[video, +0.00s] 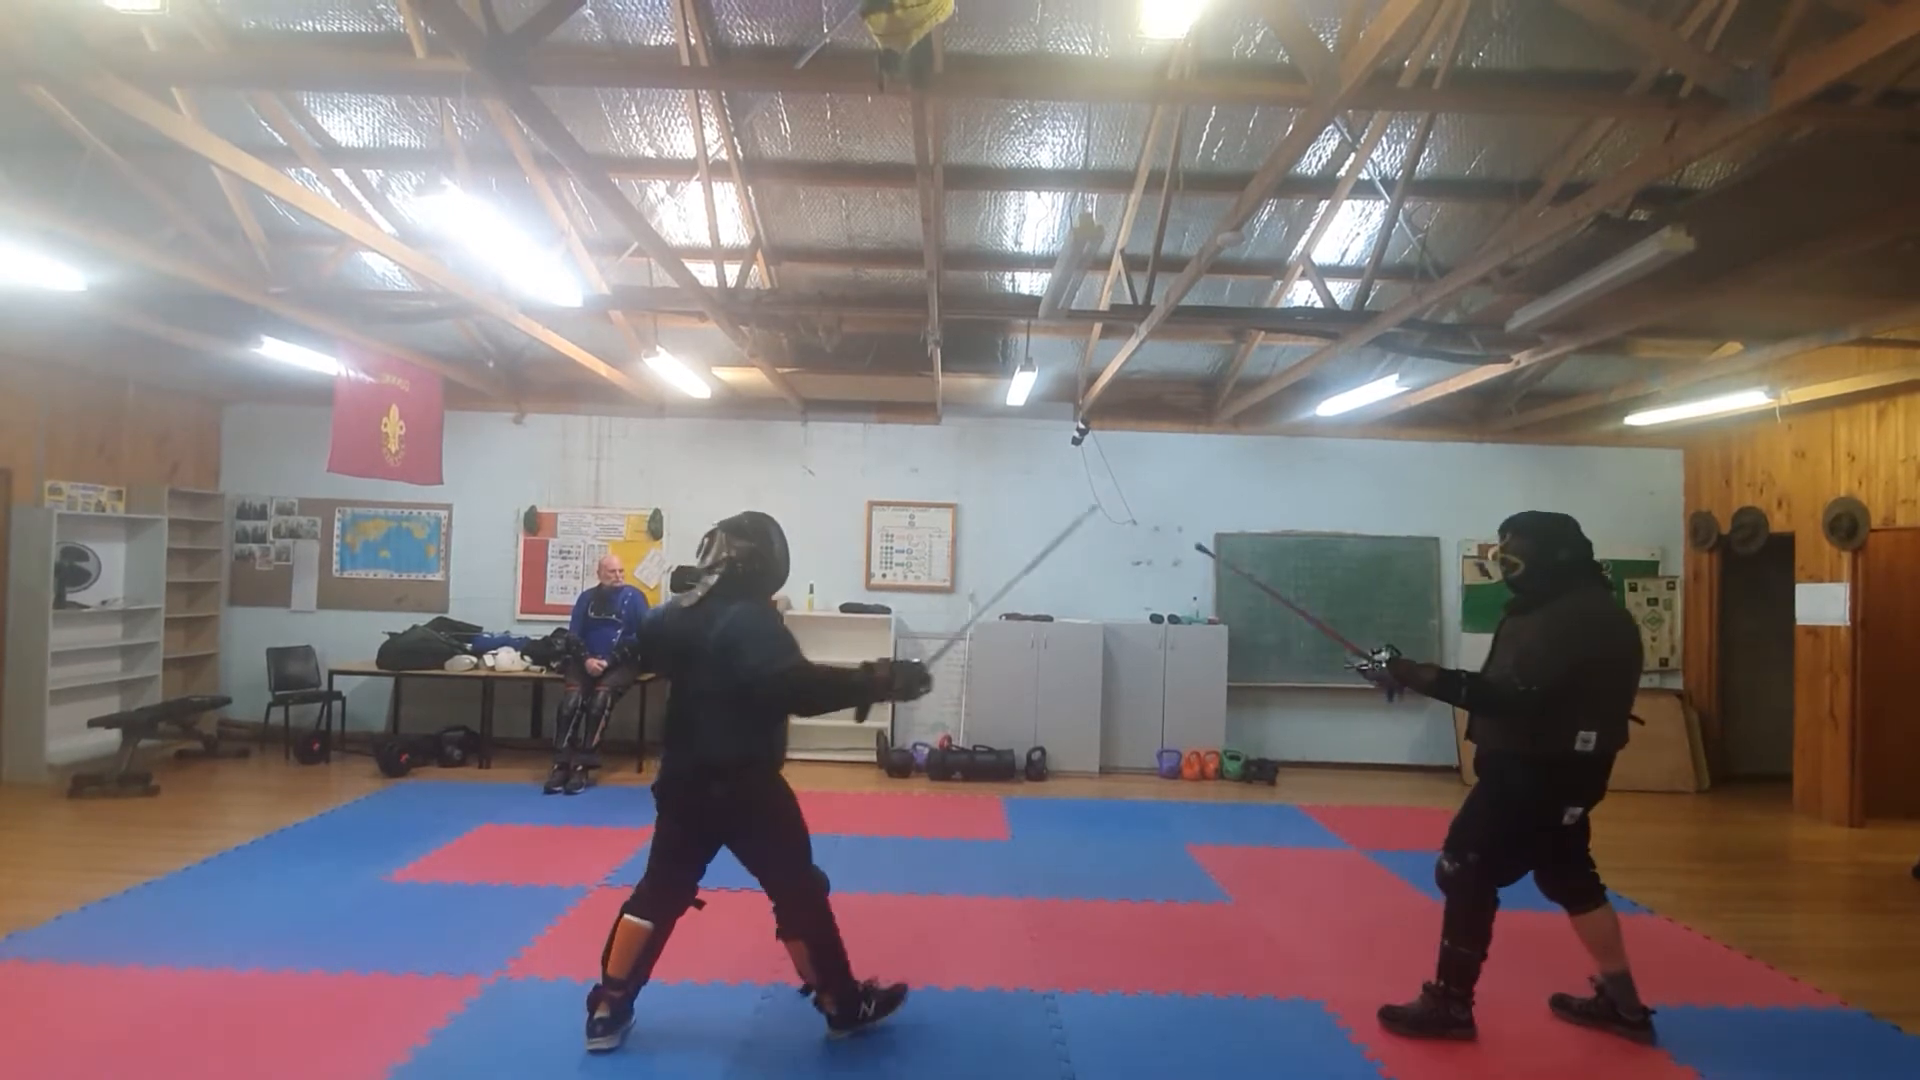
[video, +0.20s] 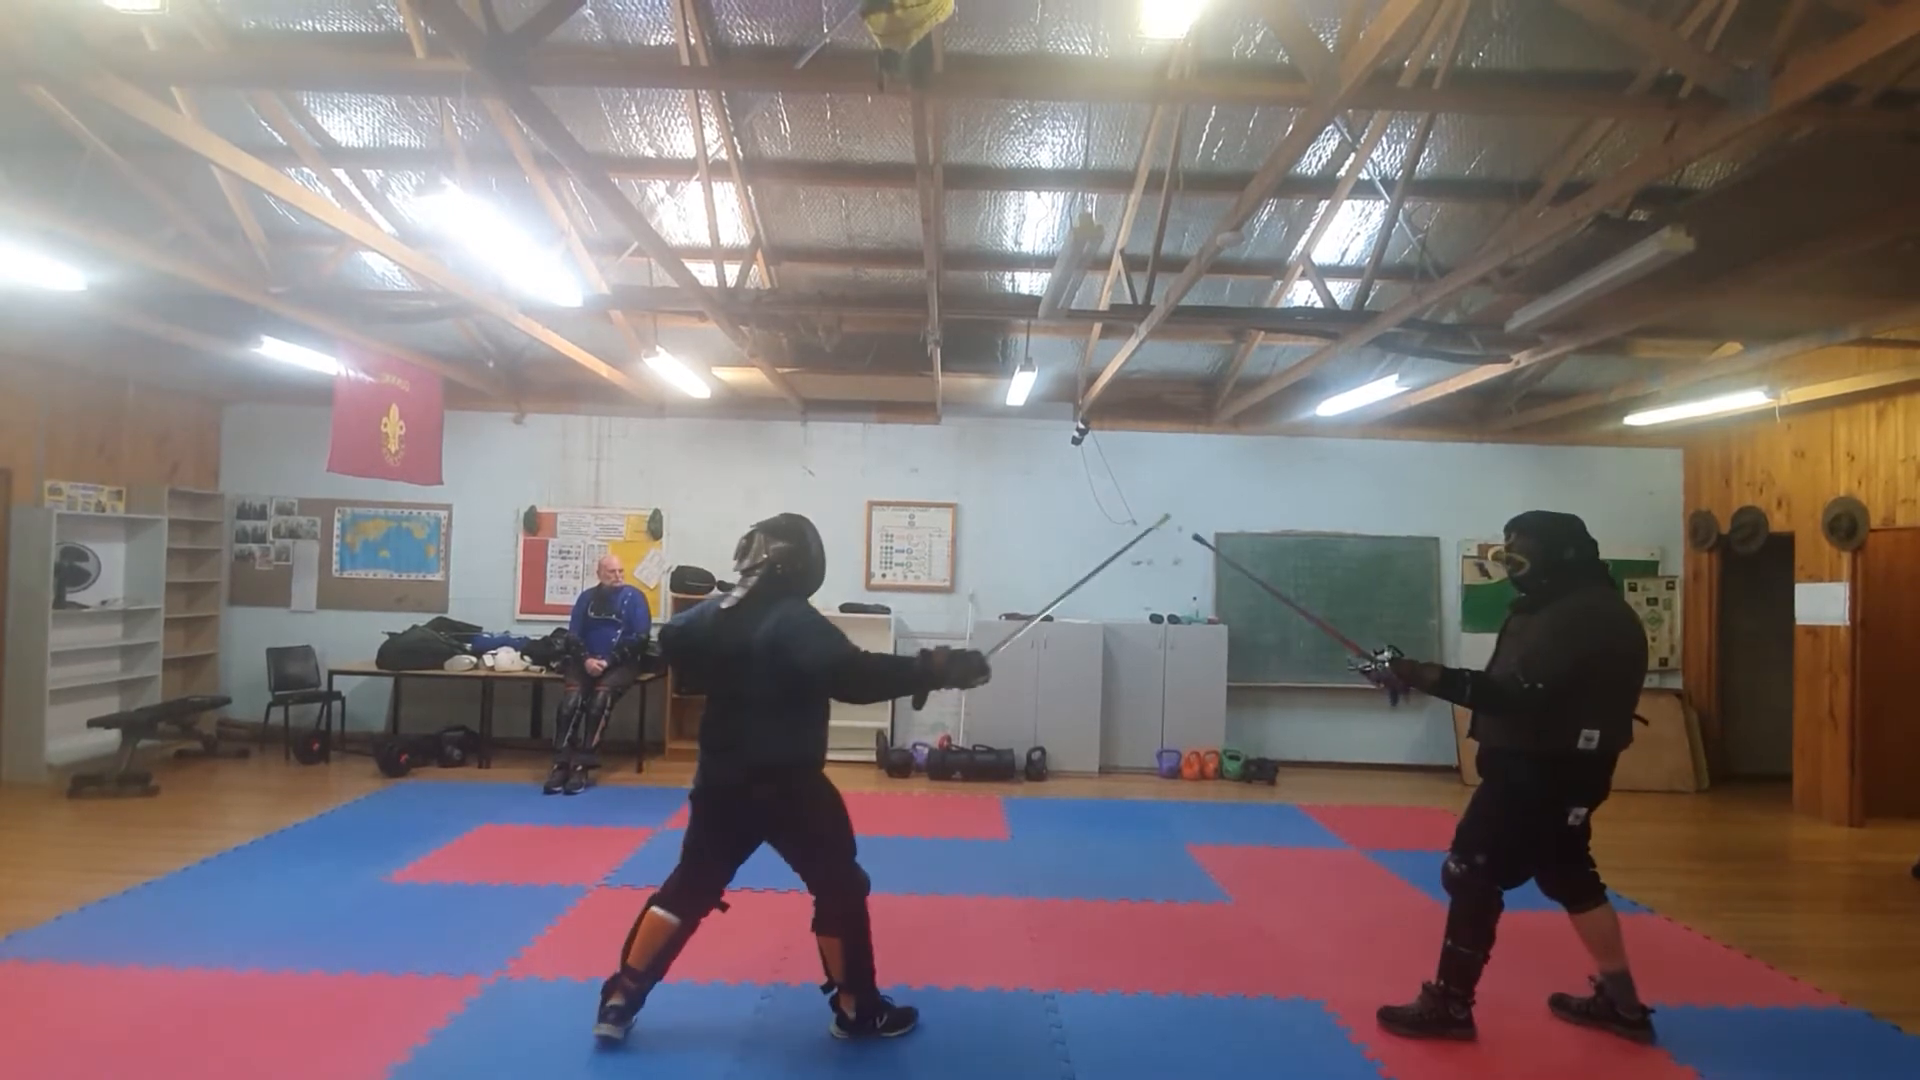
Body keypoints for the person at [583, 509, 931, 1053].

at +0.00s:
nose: (781, 576)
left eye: (718, 552)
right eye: (779, 565)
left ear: (717, 556)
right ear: (770, 565)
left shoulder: (687, 616)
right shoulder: (754, 620)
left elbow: (648, 640)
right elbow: (788, 686)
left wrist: (679, 600)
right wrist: (874, 681)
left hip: (685, 789)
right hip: (751, 792)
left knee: (659, 891)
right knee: (799, 893)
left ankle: (607, 1009)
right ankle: (842, 1004)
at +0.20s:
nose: (815, 572)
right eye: (813, 563)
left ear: (748, 561)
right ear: (803, 566)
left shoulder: (715, 618)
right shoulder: (797, 622)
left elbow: (671, 636)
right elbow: (849, 674)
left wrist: (728, 598)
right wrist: (934, 668)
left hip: (722, 789)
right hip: (793, 789)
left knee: (689, 885)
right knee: (840, 887)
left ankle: (622, 996)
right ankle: (855, 1008)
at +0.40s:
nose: (829, 571)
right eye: (827, 561)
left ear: (764, 557)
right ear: (819, 563)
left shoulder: (728, 618)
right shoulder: (815, 618)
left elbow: (689, 632)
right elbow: (872, 662)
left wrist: (738, 602)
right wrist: (956, 651)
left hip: (737, 785)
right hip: (807, 785)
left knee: (731, 879)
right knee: (850, 885)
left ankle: (687, 1003)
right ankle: (857, 1008)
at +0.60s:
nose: (828, 570)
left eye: (826, 560)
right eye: (825, 560)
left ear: (762, 556)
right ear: (814, 561)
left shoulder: (733, 614)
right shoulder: (805, 614)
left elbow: (691, 629)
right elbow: (852, 668)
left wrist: (736, 599)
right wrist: (938, 657)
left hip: (738, 782)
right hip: (806, 784)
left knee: (726, 885)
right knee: (853, 884)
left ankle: (682, 1010)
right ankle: (858, 1010)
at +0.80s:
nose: (816, 578)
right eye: (815, 567)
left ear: (753, 561)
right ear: (806, 568)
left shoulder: (720, 620)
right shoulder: (793, 619)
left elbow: (690, 630)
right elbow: (836, 681)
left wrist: (730, 601)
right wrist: (922, 666)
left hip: (724, 787)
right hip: (790, 789)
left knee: (713, 878)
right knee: (840, 886)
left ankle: (659, 993)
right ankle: (858, 1007)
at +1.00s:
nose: (787, 586)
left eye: (784, 576)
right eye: (785, 575)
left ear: (722, 567)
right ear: (772, 575)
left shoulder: (692, 623)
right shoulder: (754, 628)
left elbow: (649, 644)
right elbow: (794, 686)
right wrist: (883, 677)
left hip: (685, 794)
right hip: (747, 798)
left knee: (676, 891)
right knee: (806, 895)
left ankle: (626, 1010)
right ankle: (851, 1008)